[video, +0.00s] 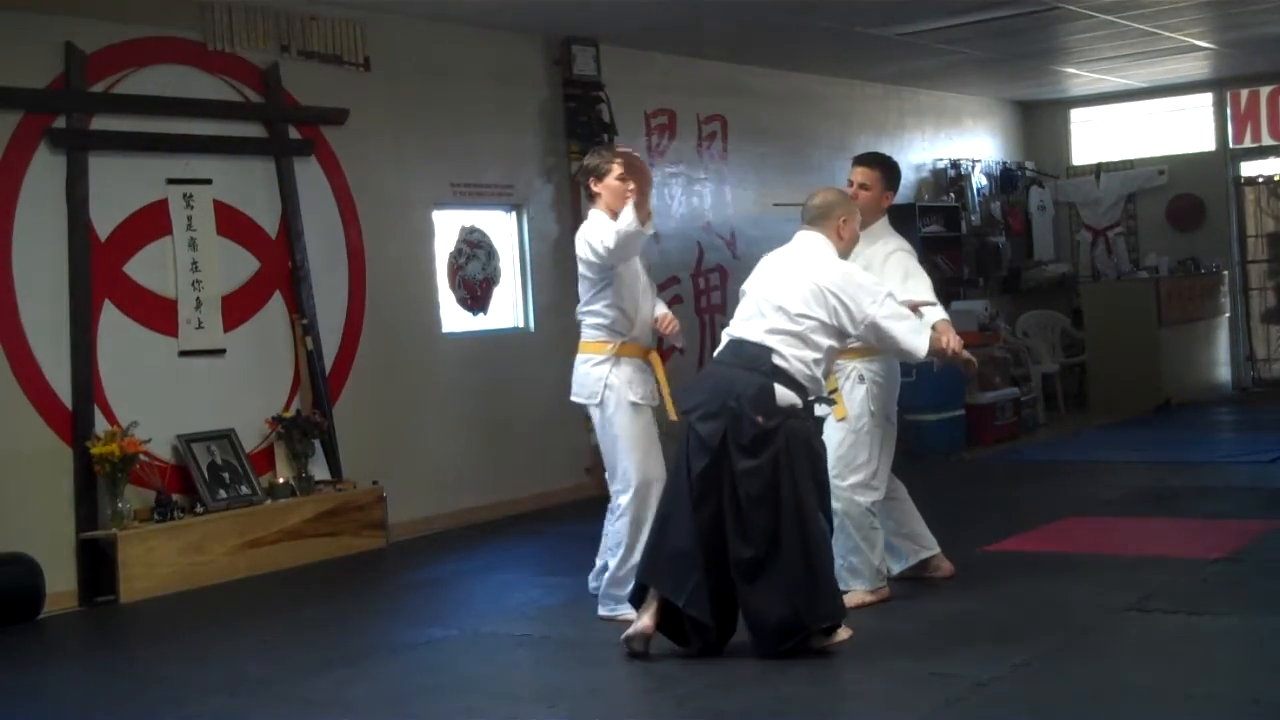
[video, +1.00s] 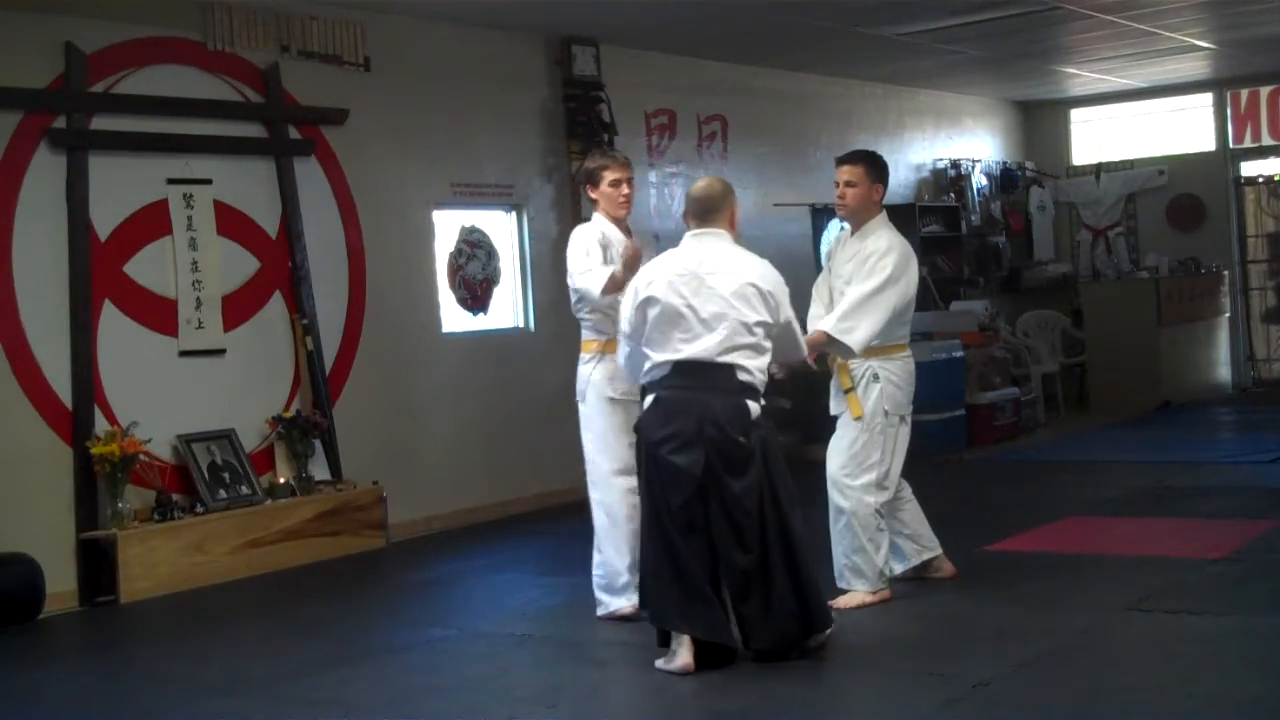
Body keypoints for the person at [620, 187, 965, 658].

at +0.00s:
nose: (856, 236)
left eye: (855, 228)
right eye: (856, 228)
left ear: (808, 223)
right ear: (844, 227)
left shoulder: (771, 261)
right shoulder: (845, 277)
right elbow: (910, 336)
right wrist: (941, 346)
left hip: (714, 381)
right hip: (774, 393)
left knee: (693, 502)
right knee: (802, 513)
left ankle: (650, 612)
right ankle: (815, 624)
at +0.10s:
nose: (860, 237)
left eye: (859, 228)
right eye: (860, 229)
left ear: (811, 223)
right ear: (848, 227)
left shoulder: (774, 262)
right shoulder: (848, 277)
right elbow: (911, 335)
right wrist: (943, 344)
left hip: (716, 380)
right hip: (776, 392)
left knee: (695, 501)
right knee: (802, 513)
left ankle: (652, 611)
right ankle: (811, 624)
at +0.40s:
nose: (855, 236)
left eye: (854, 228)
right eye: (854, 228)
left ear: (805, 223)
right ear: (842, 226)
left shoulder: (767, 259)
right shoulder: (847, 278)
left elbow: (744, 307)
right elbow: (909, 339)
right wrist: (939, 352)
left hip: (717, 378)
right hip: (779, 391)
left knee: (698, 501)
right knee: (800, 514)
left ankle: (661, 608)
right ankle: (810, 625)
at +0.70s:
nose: (810, 223)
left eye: (809, 215)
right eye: (809, 216)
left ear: (754, 217)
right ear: (797, 218)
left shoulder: (719, 262)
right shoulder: (809, 275)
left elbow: (707, 325)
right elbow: (856, 350)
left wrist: (797, 349)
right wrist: (871, 368)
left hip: (702, 391)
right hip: (766, 397)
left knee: (696, 512)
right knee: (794, 512)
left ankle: (683, 632)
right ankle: (819, 622)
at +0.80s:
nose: (784, 222)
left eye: (781, 215)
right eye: (783, 216)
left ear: (731, 218)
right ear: (775, 218)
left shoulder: (695, 265)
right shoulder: (791, 273)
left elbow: (682, 329)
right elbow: (823, 345)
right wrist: (839, 375)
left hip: (690, 400)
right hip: (758, 402)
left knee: (687, 520)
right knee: (785, 516)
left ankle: (685, 640)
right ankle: (814, 624)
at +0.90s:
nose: (761, 223)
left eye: (755, 215)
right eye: (759, 216)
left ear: (708, 219)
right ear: (753, 219)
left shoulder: (672, 268)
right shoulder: (775, 274)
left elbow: (657, 335)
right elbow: (809, 355)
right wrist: (806, 374)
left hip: (678, 405)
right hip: (744, 407)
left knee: (679, 523)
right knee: (770, 518)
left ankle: (684, 643)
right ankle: (810, 624)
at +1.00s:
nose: (738, 221)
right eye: (737, 214)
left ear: (685, 219)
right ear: (733, 216)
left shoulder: (650, 276)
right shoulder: (761, 273)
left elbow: (631, 360)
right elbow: (791, 354)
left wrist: (673, 372)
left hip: (668, 410)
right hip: (737, 409)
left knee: (675, 526)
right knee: (755, 519)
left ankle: (683, 644)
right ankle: (792, 625)